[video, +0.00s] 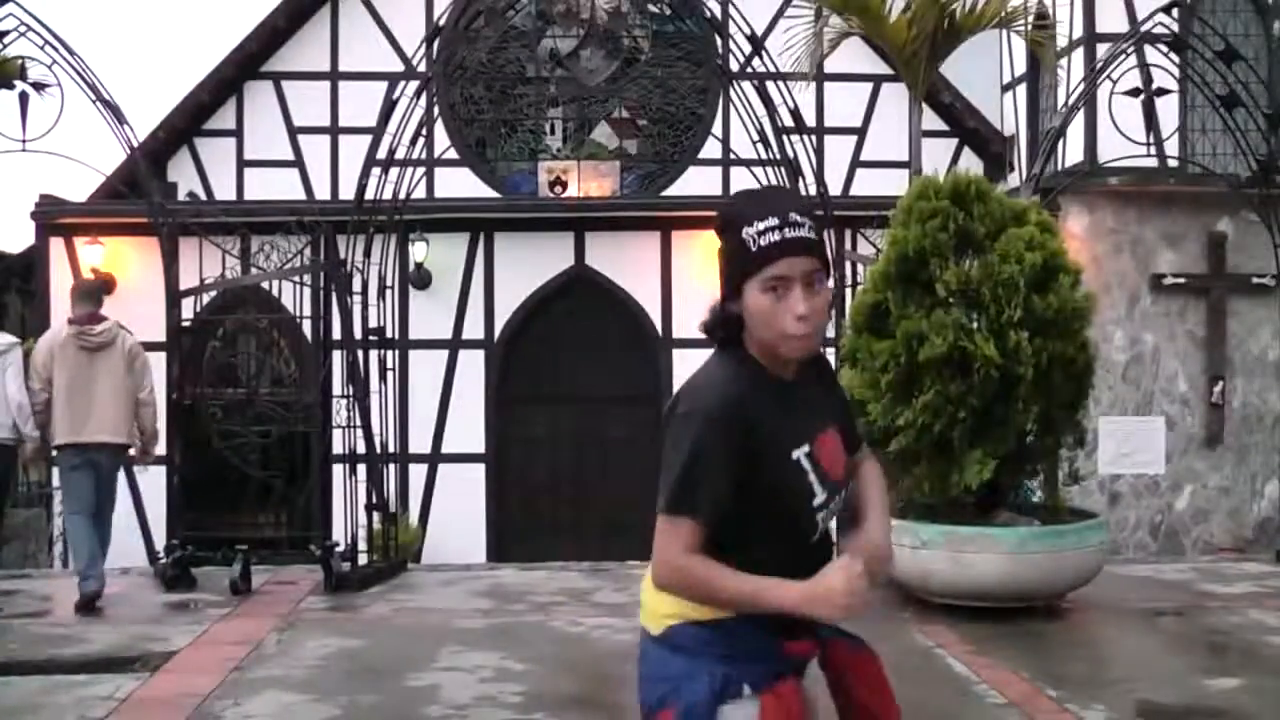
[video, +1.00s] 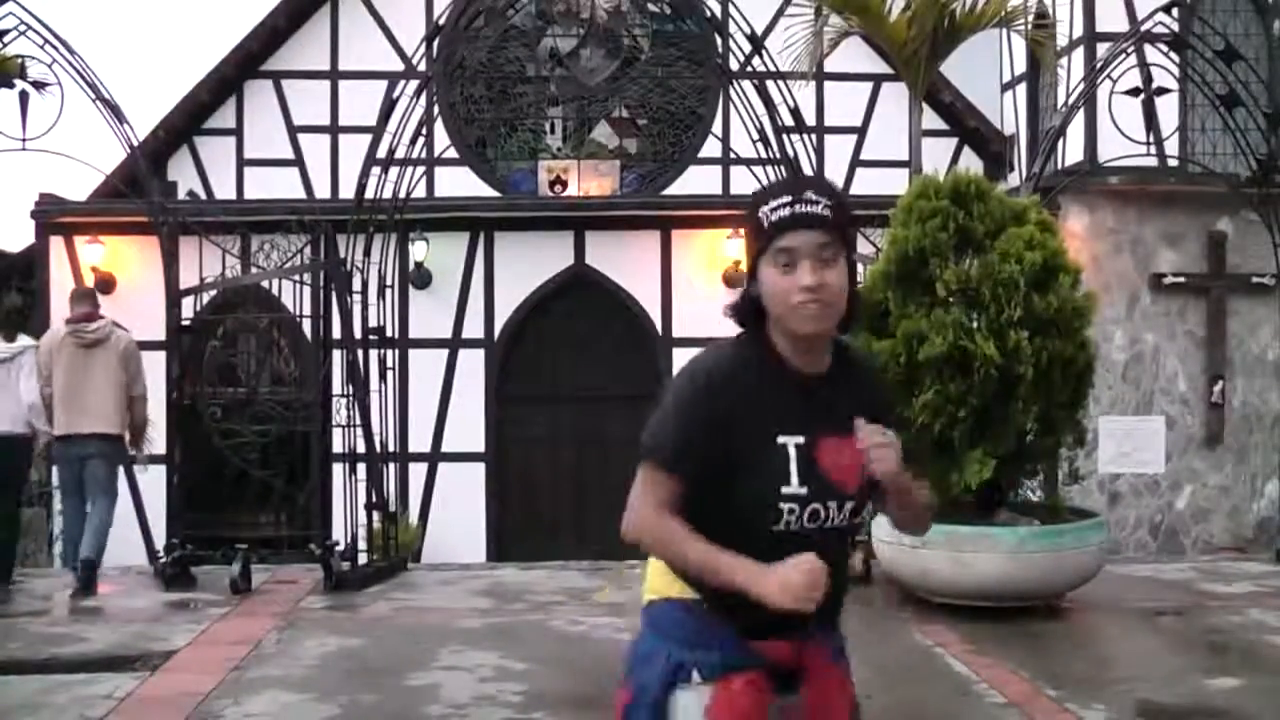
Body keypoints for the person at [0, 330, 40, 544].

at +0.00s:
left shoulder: (11, 347)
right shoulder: (10, 347)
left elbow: (15, 395)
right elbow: (15, 394)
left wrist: (30, 434)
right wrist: (31, 434)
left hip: (7, 441)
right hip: (5, 441)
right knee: (4, 508)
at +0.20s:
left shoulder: (9, 349)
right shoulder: (8, 348)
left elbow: (14, 397)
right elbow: (14, 396)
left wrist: (30, 433)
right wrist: (31, 433)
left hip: (7, 443)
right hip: (5, 442)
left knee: (7, 515)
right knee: (6, 515)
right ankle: (2, 576)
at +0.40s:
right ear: (4, 318)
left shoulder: (9, 351)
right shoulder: (8, 350)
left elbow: (17, 400)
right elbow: (17, 401)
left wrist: (31, 433)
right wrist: (32, 434)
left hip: (8, 444)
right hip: (6, 443)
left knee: (7, 516)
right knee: (6, 516)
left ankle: (5, 579)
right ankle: (4, 579)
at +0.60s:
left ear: (6, 329)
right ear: (6, 326)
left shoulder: (14, 355)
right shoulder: (13, 355)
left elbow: (24, 404)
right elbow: (25, 404)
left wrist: (38, 434)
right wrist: (39, 434)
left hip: (9, 447)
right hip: (7, 446)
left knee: (7, 516)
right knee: (6, 516)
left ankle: (4, 575)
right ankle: (3, 576)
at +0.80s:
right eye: (16, 320)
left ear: (3, 328)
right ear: (18, 327)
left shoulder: (19, 358)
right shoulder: (20, 358)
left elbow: (27, 403)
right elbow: (27, 402)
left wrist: (40, 435)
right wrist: (41, 435)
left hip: (12, 442)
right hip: (12, 442)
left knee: (8, 514)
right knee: (8, 514)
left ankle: (5, 579)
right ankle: (4, 579)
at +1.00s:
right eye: (21, 314)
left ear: (4, 320)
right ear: (22, 320)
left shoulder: (22, 349)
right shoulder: (25, 349)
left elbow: (31, 397)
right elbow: (31, 397)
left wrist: (42, 429)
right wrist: (43, 429)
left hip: (12, 436)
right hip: (14, 437)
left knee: (11, 508)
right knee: (10, 509)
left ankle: (6, 578)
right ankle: (5, 578)